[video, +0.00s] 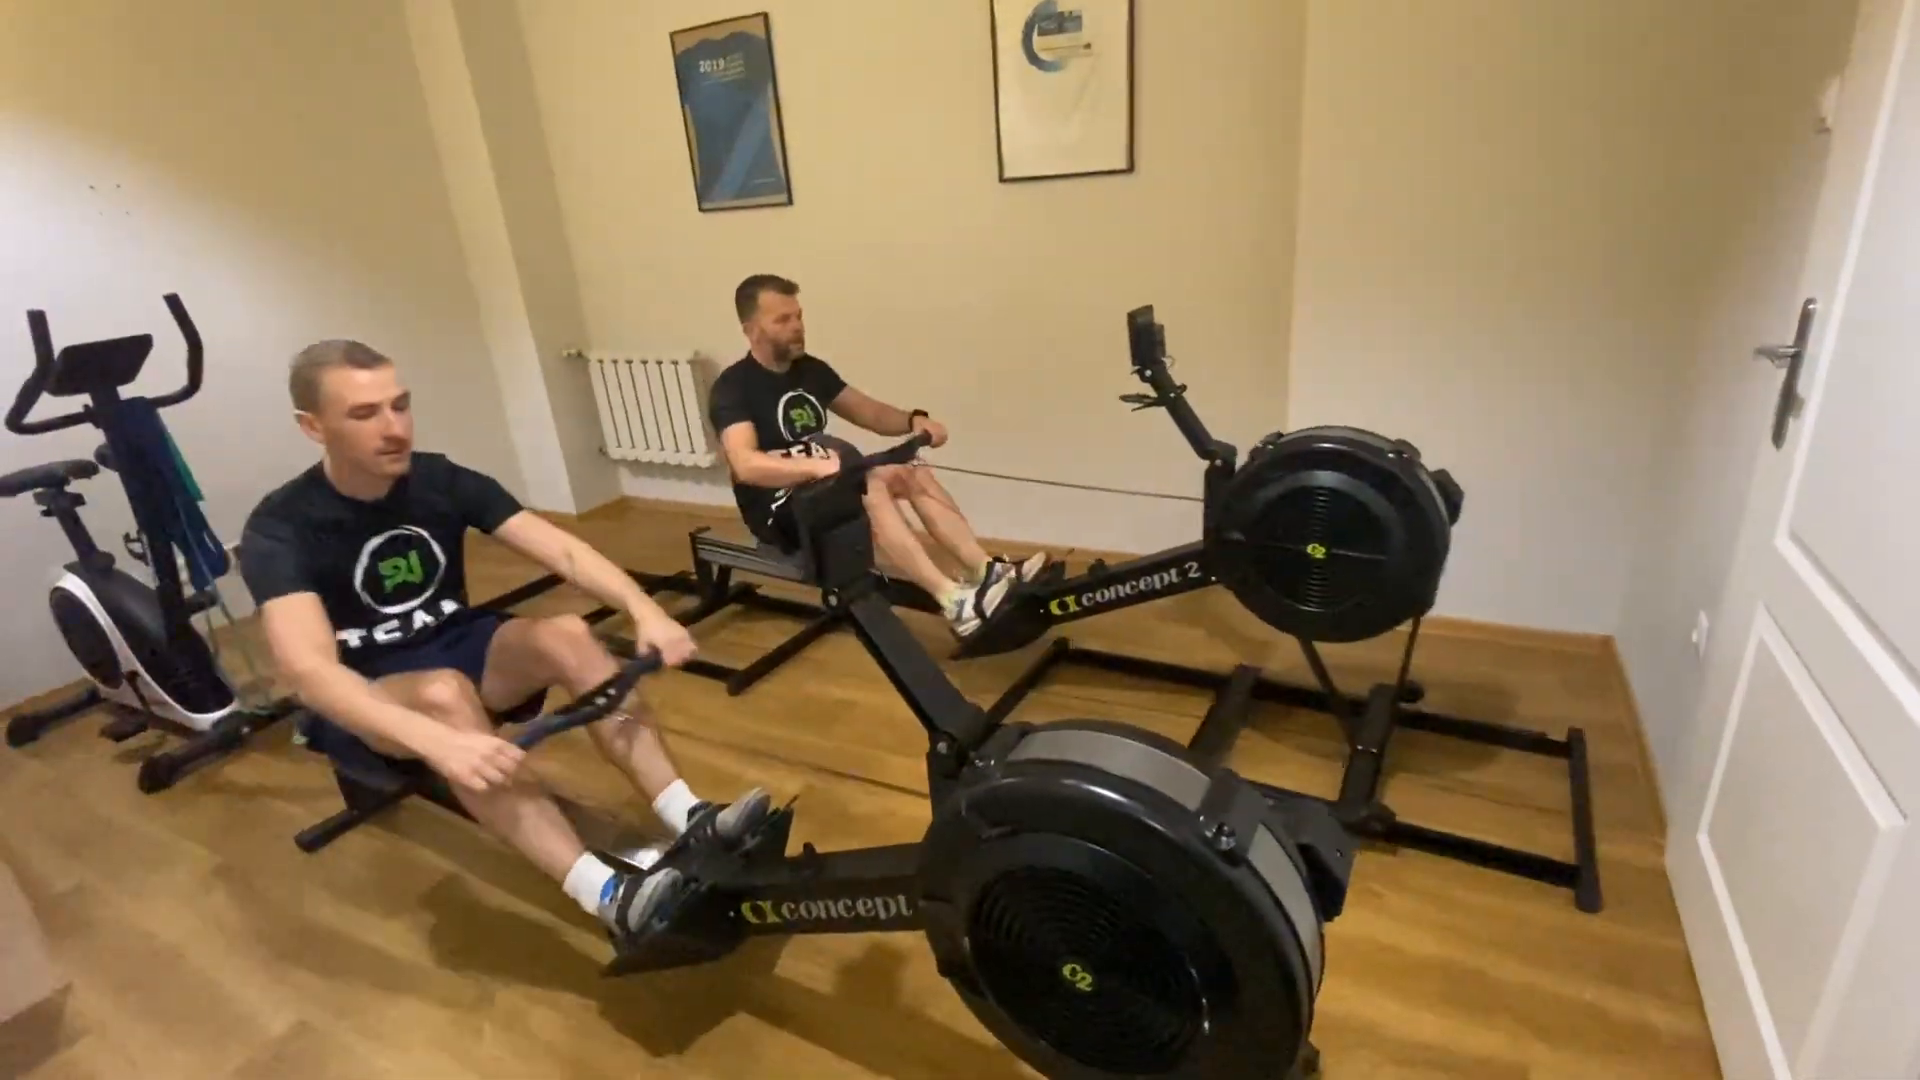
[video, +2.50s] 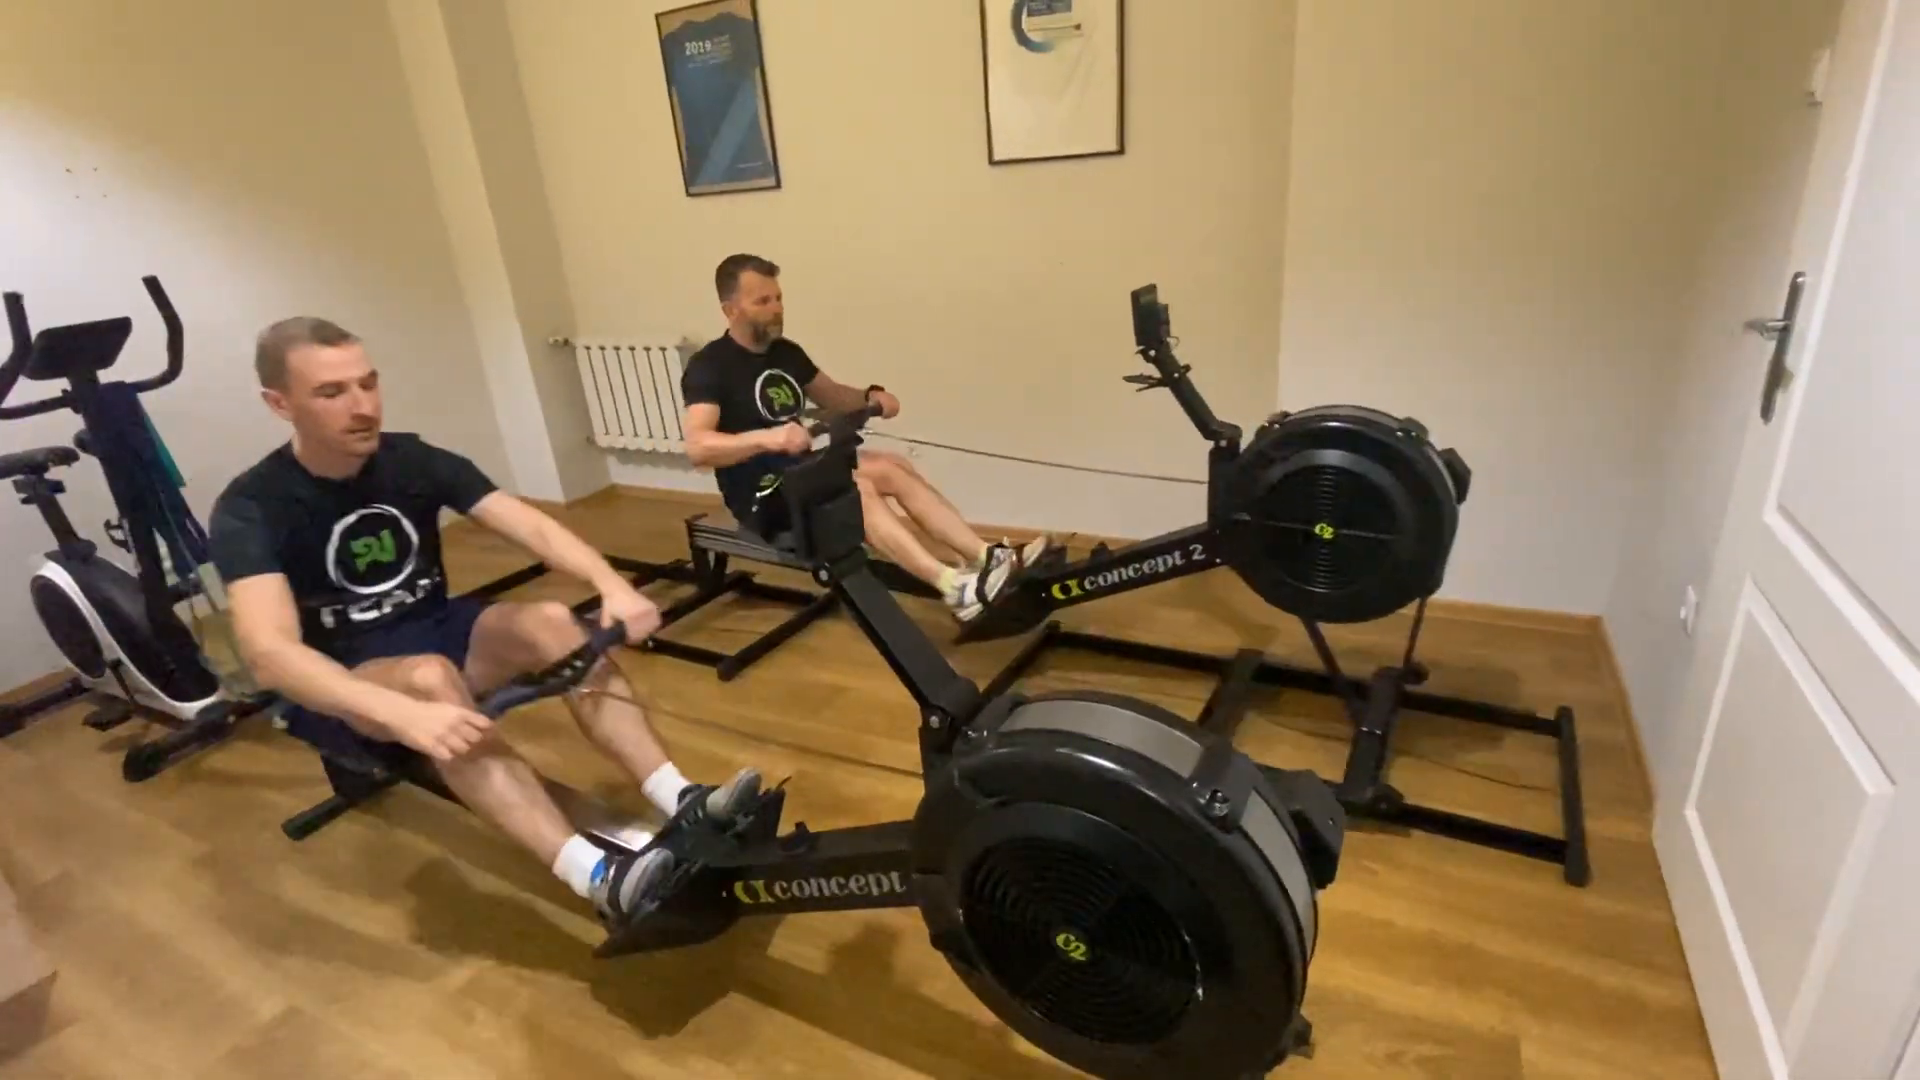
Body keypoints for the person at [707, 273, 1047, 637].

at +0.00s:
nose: (798, 327)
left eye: (798, 317)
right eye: (785, 320)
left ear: (800, 316)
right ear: (751, 329)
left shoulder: (809, 370)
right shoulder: (733, 388)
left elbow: (867, 412)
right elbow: (746, 467)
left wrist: (913, 420)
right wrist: (816, 468)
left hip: (836, 490)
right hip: (785, 511)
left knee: (915, 475)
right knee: (873, 491)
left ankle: (988, 573)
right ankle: (953, 601)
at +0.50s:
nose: (837, 324)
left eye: (837, 314)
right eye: (823, 317)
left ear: (840, 311)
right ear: (790, 329)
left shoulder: (846, 367)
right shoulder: (769, 383)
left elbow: (914, 403)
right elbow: (815, 448)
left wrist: (975, 426)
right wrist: (893, 475)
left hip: (833, 485)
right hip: (777, 506)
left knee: (901, 423)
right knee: (826, 454)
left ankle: (926, 547)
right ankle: (875, 565)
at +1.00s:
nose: (847, 324)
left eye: (848, 314)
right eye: (833, 316)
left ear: (851, 314)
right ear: (797, 328)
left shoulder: (854, 369)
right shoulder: (783, 387)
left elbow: (928, 402)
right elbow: (849, 436)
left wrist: (998, 424)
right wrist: (929, 466)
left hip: (823, 484)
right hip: (770, 500)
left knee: (896, 428)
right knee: (834, 453)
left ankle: (930, 548)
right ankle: (887, 570)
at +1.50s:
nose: (760, 313)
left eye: (762, 302)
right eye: (747, 306)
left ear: (763, 300)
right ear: (713, 310)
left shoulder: (776, 351)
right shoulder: (702, 368)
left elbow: (829, 391)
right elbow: (715, 436)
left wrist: (870, 395)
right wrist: (780, 431)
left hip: (832, 472)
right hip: (783, 498)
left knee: (902, 494)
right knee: (877, 518)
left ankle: (1022, 566)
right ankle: (988, 597)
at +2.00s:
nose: (742, 323)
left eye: (743, 312)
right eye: (729, 315)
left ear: (744, 311)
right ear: (696, 321)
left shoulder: (751, 362)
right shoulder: (679, 383)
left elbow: (776, 412)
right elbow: (663, 467)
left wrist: (806, 390)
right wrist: (699, 426)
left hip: (829, 473)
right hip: (784, 499)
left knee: (908, 506)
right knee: (878, 532)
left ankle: (1028, 565)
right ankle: (997, 596)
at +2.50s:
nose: (777, 308)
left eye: (778, 299)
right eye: (765, 301)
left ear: (778, 298)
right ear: (731, 308)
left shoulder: (784, 352)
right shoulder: (708, 368)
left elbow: (826, 394)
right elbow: (699, 449)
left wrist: (867, 400)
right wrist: (767, 438)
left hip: (813, 473)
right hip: (765, 496)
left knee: (892, 469)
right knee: (862, 494)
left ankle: (986, 561)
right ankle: (954, 586)